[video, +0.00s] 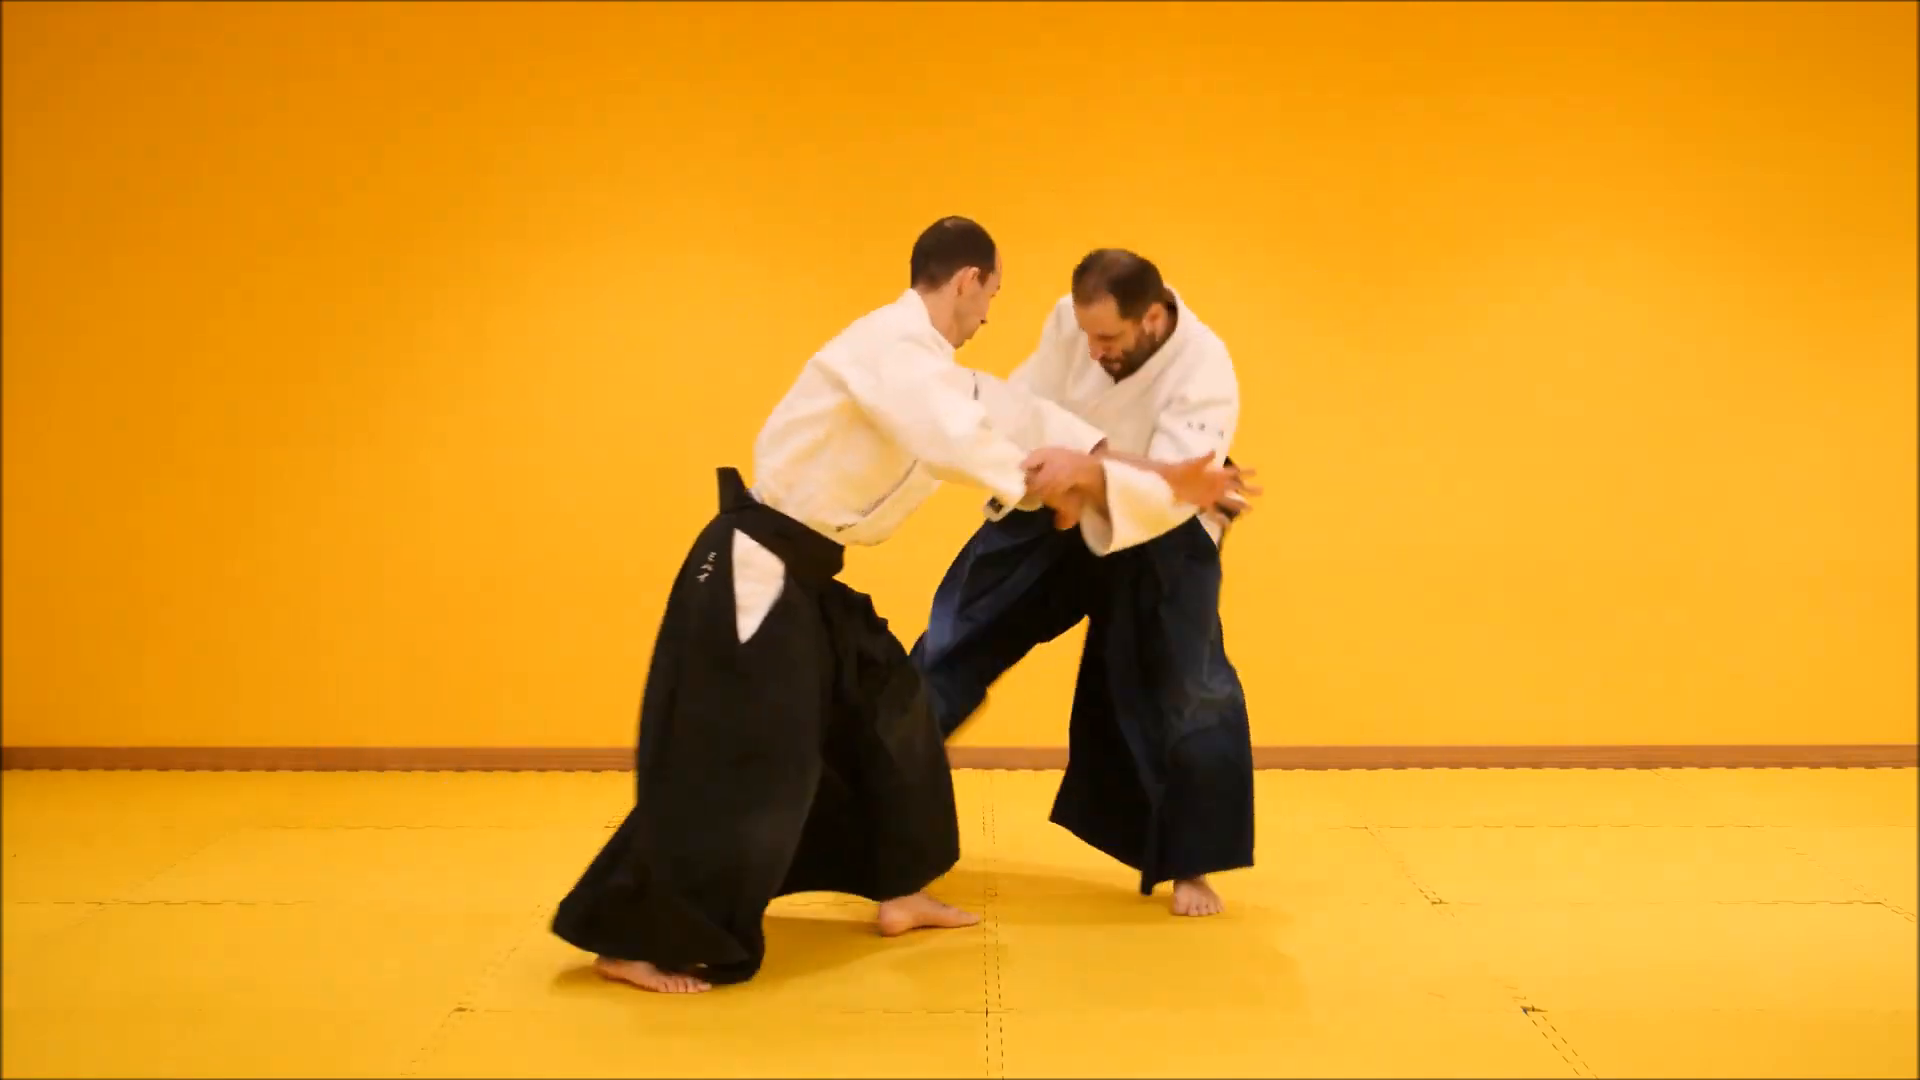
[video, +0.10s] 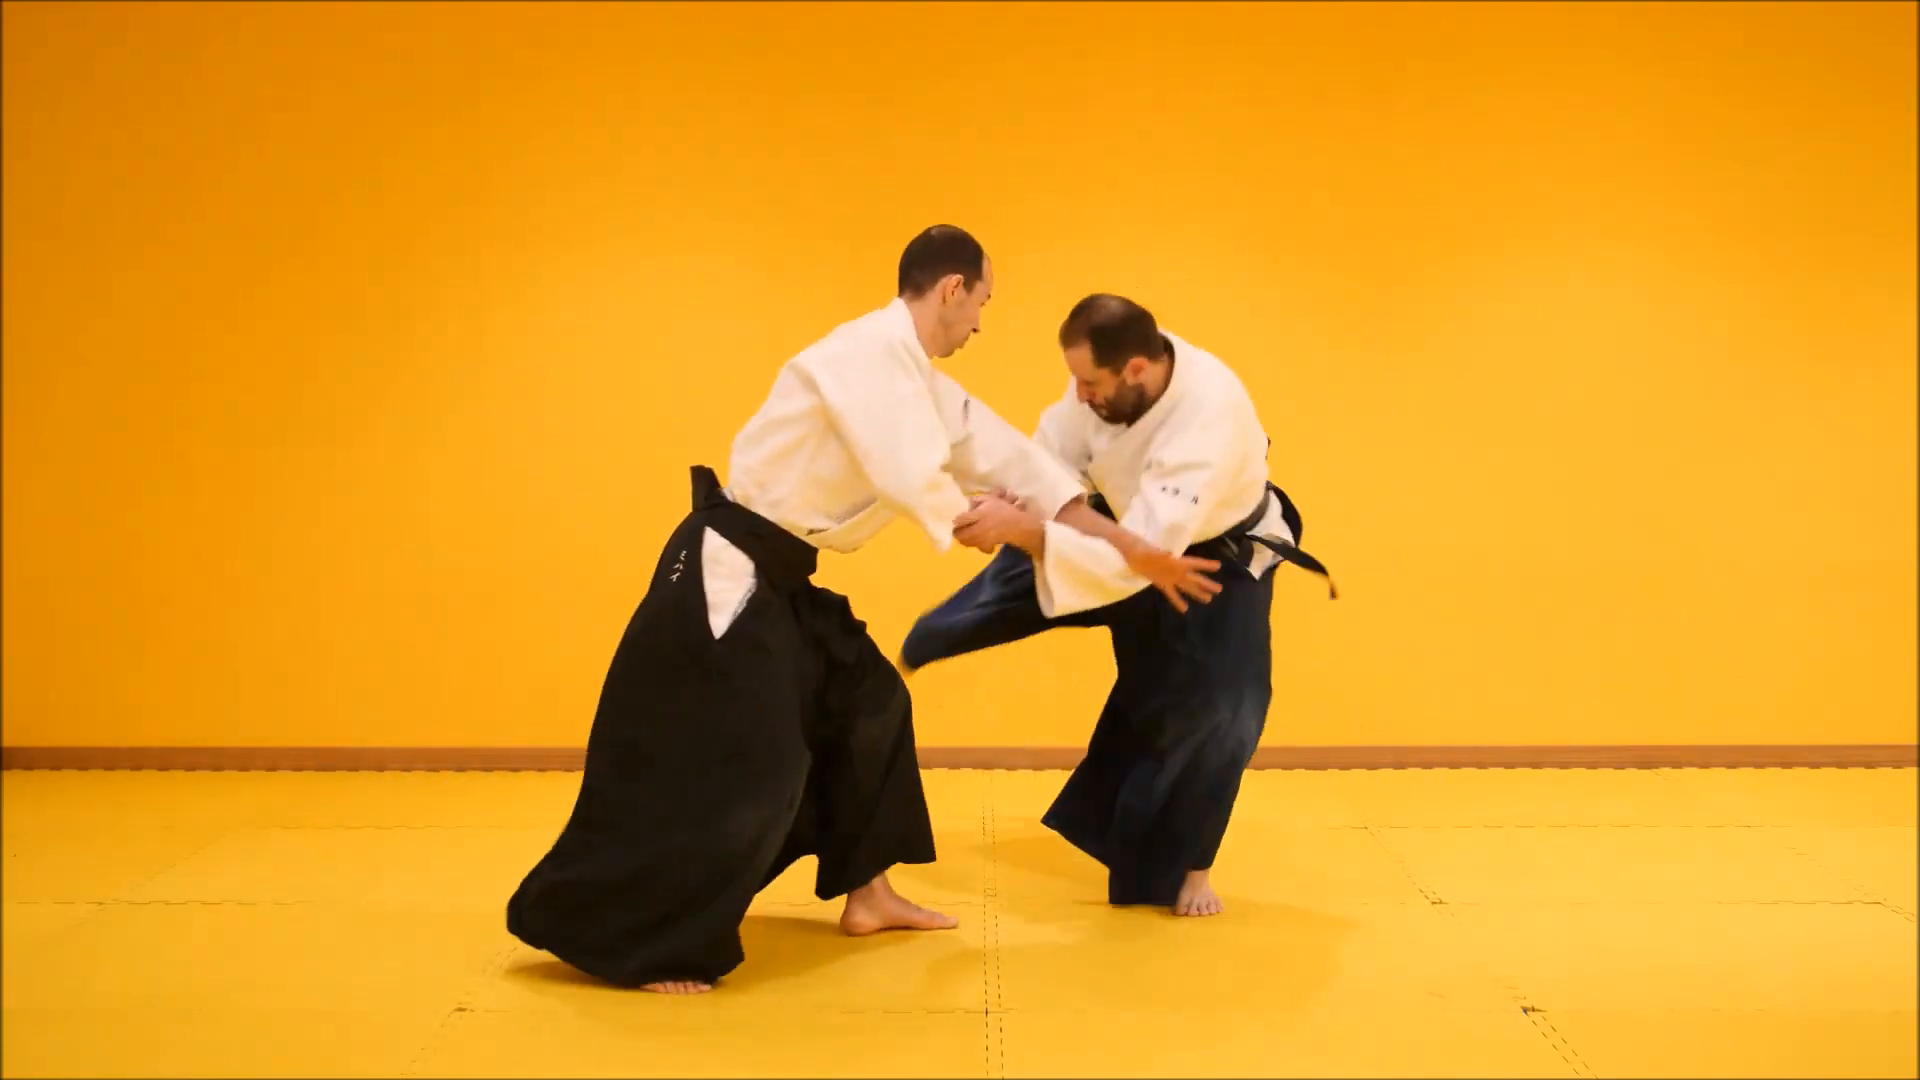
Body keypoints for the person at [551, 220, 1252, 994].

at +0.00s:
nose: (993, 308)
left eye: (993, 295)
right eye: (993, 292)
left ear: (939, 278)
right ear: (966, 282)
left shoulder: (938, 367)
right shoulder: (889, 344)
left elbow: (1047, 435)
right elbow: (958, 440)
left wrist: (1174, 481)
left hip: (807, 578)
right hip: (751, 568)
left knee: (894, 703)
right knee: (742, 755)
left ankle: (899, 893)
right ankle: (639, 937)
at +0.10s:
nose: (981, 322)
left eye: (983, 306)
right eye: (980, 303)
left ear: (933, 287)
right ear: (949, 289)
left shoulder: (929, 382)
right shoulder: (870, 355)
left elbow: (1022, 465)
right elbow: (926, 491)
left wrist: (1130, 547)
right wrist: (1013, 531)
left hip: (782, 578)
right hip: (727, 568)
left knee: (872, 701)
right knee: (750, 756)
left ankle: (866, 891)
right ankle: (661, 935)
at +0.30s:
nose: (997, 333)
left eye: (1001, 317)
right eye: (996, 313)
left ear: (956, 303)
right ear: (958, 300)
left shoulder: (945, 404)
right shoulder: (877, 356)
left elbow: (1006, 516)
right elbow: (898, 473)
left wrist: (1086, 623)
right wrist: (920, 532)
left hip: (797, 583)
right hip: (744, 567)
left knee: (883, 711)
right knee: (792, 757)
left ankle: (873, 896)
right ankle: (660, 938)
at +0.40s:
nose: (1009, 319)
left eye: (1013, 302)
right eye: (1007, 299)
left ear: (965, 291)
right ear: (967, 288)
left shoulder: (956, 389)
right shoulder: (889, 343)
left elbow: (1007, 505)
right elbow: (931, 445)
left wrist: (1074, 618)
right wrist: (978, 504)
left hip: (802, 561)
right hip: (754, 548)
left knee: (885, 708)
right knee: (826, 725)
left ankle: (873, 896)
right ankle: (724, 922)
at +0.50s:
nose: (1007, 310)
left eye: (1011, 295)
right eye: (1006, 293)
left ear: (957, 283)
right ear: (971, 282)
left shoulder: (937, 352)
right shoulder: (908, 334)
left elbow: (994, 480)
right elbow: (1014, 422)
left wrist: (1064, 576)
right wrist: (1093, 491)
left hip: (816, 563)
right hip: (769, 559)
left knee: (917, 695)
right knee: (845, 736)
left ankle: (876, 877)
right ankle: (762, 934)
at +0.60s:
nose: (1018, 308)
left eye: (1021, 292)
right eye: (1015, 291)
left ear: (963, 286)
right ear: (980, 285)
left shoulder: (956, 353)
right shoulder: (930, 341)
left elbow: (1006, 448)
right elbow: (1045, 386)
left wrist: (1083, 489)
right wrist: (1134, 415)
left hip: (861, 573)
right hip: (810, 572)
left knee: (973, 691)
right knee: (879, 746)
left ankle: (932, 849)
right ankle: (835, 929)